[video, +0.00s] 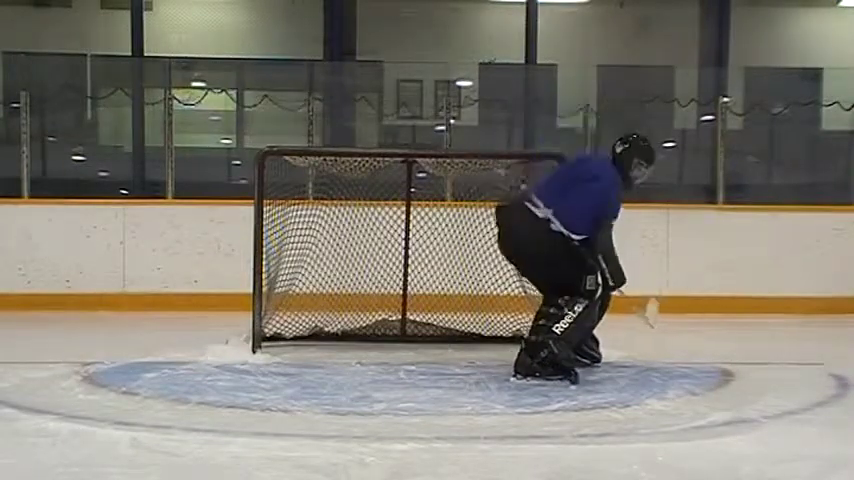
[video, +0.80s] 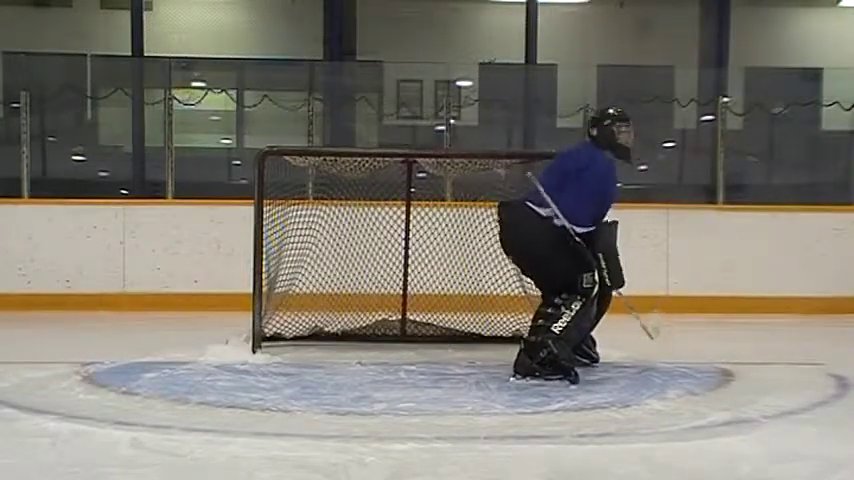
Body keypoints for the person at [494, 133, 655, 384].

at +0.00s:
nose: (642, 175)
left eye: (646, 170)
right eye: (640, 167)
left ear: (618, 152)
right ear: (628, 159)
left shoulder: (591, 163)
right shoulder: (610, 187)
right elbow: (600, 239)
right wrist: (617, 279)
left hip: (514, 220)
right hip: (535, 232)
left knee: (564, 287)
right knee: (592, 288)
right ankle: (541, 356)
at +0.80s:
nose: (629, 136)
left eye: (629, 130)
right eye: (622, 130)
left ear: (597, 134)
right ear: (604, 132)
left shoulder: (583, 154)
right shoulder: (600, 164)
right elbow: (592, 226)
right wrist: (610, 275)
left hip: (516, 219)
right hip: (535, 225)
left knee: (560, 289)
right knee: (586, 286)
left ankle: (537, 352)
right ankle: (542, 353)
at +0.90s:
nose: (624, 128)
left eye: (624, 122)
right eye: (617, 123)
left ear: (596, 126)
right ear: (600, 125)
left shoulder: (580, 148)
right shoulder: (595, 156)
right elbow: (588, 214)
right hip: (537, 224)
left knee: (560, 288)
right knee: (584, 287)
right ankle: (538, 354)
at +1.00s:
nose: (622, 121)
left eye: (621, 115)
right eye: (616, 116)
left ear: (593, 120)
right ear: (599, 119)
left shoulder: (574, 143)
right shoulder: (598, 152)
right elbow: (591, 215)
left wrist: (613, 219)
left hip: (524, 218)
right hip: (544, 226)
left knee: (558, 288)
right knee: (585, 287)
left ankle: (535, 348)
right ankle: (539, 353)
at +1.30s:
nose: (621, 118)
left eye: (620, 111)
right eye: (615, 113)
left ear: (589, 117)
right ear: (600, 116)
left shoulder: (575, 142)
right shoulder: (601, 152)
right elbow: (581, 216)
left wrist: (620, 184)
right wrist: (589, 265)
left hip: (525, 213)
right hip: (544, 220)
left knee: (551, 288)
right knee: (569, 290)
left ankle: (527, 347)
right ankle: (526, 353)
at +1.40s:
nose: (622, 118)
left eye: (621, 111)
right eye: (616, 113)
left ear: (590, 117)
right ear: (601, 116)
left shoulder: (574, 142)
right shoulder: (601, 150)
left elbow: (586, 191)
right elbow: (583, 215)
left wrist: (621, 182)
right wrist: (584, 261)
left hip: (524, 214)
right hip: (545, 221)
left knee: (549, 289)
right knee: (567, 293)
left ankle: (522, 345)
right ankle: (522, 352)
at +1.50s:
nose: (625, 118)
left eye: (624, 112)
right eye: (619, 113)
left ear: (593, 117)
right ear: (603, 117)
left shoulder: (576, 141)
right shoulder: (603, 150)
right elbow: (582, 215)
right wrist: (588, 260)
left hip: (525, 213)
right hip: (545, 221)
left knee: (548, 288)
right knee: (567, 291)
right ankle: (519, 352)